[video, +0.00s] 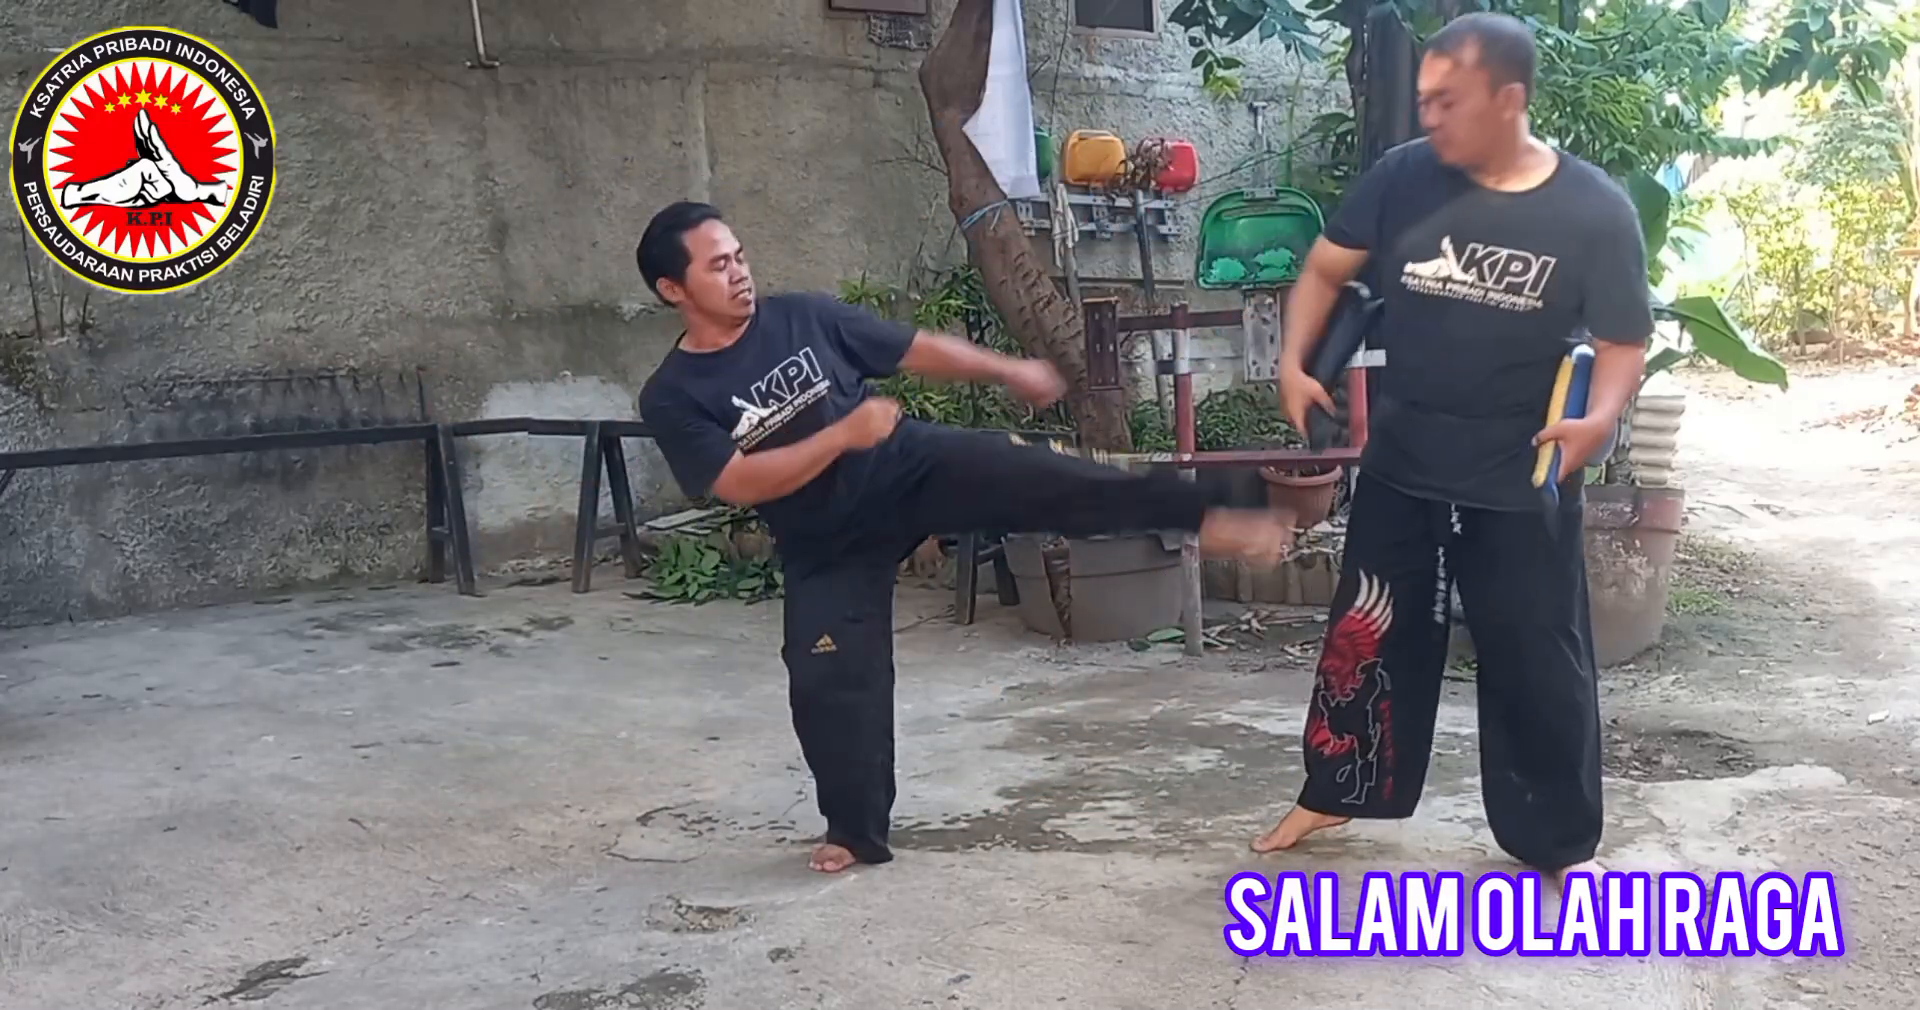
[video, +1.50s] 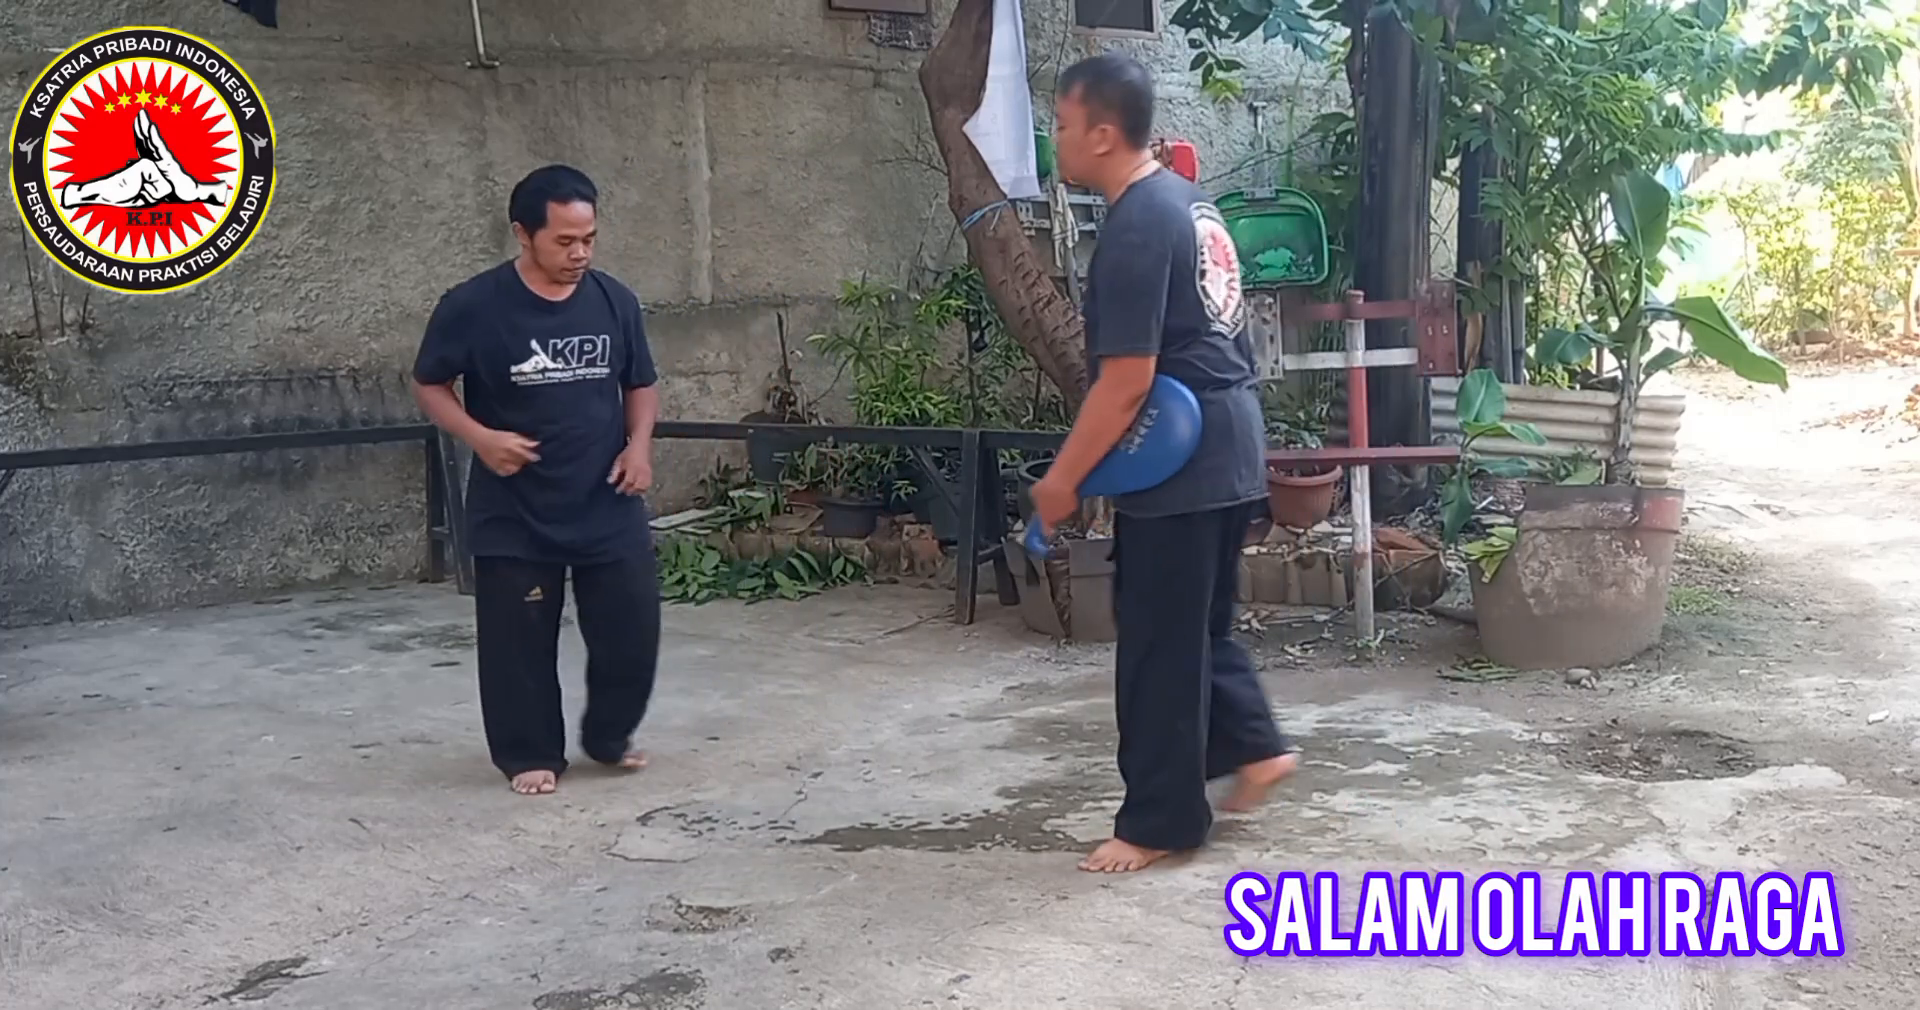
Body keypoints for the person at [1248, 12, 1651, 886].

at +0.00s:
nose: (1427, 118)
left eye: (1443, 101)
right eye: (1423, 101)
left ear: (1511, 98)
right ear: (1424, 99)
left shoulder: (1596, 210)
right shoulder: (1397, 180)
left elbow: (1623, 342)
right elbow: (1323, 272)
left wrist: (1599, 420)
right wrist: (1292, 363)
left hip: (1523, 478)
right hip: (1399, 466)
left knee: (1539, 667)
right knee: (1362, 635)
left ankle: (1557, 852)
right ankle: (1330, 795)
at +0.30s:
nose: (1426, 90)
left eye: (1440, 70)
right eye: (1424, 75)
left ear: (1504, 67)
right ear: (1478, 74)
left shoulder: (1591, 194)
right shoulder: (1440, 175)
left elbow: (1613, 345)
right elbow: (1437, 311)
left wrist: (1522, 409)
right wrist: (1419, 418)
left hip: (1531, 489)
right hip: (1417, 468)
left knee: (1537, 677)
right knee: (1369, 628)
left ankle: (1545, 852)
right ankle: (1340, 790)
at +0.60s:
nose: (1332, 105)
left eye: (1343, 87)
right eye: (1333, 88)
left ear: (1388, 84)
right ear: (1384, 85)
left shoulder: (1464, 190)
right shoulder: (1381, 193)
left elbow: (1462, 332)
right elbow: (1385, 330)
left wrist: (1352, 402)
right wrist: (1335, 407)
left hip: (1463, 465)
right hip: (1386, 457)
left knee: (1499, 649)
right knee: (1372, 634)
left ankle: (1566, 839)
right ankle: (1370, 806)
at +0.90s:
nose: (1258, 112)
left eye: (1265, 93)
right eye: (1259, 95)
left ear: (1305, 91)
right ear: (1322, 92)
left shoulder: (1347, 187)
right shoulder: (1353, 178)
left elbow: (1335, 325)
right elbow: (1338, 326)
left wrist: (1212, 379)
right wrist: (1232, 385)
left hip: (1364, 446)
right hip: (1358, 441)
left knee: (1342, 627)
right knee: (1357, 622)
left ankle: (1417, 822)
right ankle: (1355, 801)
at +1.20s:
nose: (1179, 113)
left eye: (1190, 98)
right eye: (1184, 97)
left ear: (1230, 109)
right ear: (1247, 112)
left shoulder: (1257, 206)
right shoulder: (1289, 192)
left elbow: (1259, 351)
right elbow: (1300, 343)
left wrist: (1211, 470)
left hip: (1283, 476)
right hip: (1333, 467)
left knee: (1219, 643)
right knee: (1337, 640)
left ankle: (1164, 812)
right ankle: (1360, 805)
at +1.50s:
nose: (1055, 141)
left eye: (1064, 126)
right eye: (1057, 125)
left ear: (1104, 131)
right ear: (1126, 132)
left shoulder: (1137, 220)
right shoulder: (1180, 201)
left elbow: (1128, 378)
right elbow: (1192, 349)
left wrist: (1062, 476)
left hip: (1178, 468)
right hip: (1223, 458)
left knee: (1158, 645)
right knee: (1199, 624)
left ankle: (1163, 823)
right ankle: (1257, 747)